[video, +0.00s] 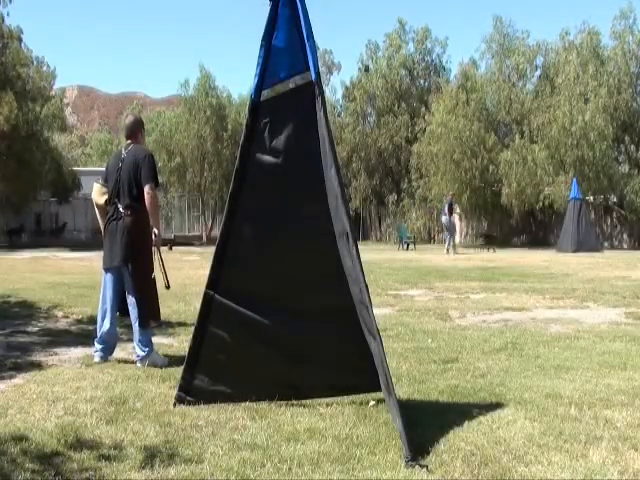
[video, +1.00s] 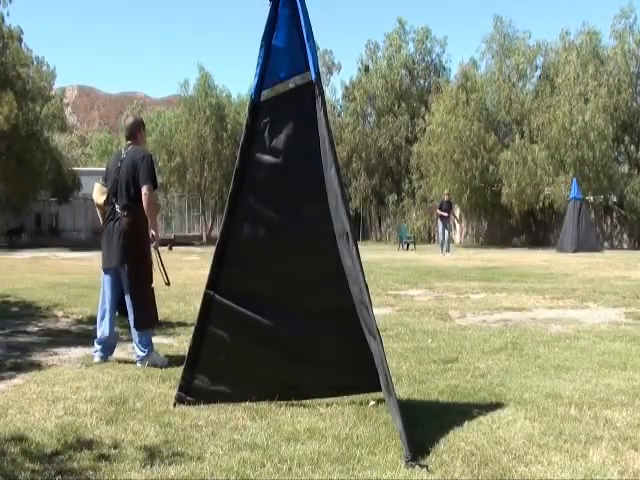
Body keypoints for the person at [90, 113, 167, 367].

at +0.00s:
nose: (145, 135)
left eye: (143, 132)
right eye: (144, 132)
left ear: (125, 135)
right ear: (140, 133)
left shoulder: (113, 160)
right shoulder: (144, 155)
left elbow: (99, 197)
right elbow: (149, 193)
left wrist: (105, 228)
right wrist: (156, 227)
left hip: (112, 230)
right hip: (134, 230)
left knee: (109, 294)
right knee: (138, 293)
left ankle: (102, 349)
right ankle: (144, 351)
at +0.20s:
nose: (145, 136)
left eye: (143, 132)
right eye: (145, 132)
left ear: (125, 134)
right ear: (141, 133)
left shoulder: (113, 160)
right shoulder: (144, 155)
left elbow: (99, 197)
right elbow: (149, 193)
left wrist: (105, 228)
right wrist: (156, 227)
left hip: (112, 230)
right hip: (134, 230)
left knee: (109, 293)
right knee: (138, 293)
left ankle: (102, 349)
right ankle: (144, 351)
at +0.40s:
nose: (145, 136)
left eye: (143, 132)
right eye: (145, 132)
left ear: (126, 135)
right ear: (141, 133)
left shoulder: (114, 160)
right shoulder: (144, 156)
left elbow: (99, 196)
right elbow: (149, 193)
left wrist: (105, 227)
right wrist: (156, 226)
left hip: (112, 230)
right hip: (134, 230)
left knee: (109, 294)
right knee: (138, 293)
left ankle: (101, 349)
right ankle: (144, 351)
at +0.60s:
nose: (146, 135)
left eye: (143, 132)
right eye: (145, 132)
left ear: (125, 134)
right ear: (141, 133)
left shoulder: (114, 159)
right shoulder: (143, 156)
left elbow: (98, 196)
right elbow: (148, 193)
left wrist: (105, 226)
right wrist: (155, 226)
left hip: (111, 229)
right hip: (133, 230)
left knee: (108, 294)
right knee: (138, 292)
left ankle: (101, 349)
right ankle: (144, 352)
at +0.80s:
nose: (145, 135)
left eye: (143, 132)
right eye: (145, 132)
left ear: (125, 134)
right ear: (141, 133)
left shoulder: (114, 159)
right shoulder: (143, 156)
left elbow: (98, 196)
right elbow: (148, 193)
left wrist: (105, 225)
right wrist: (154, 226)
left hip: (111, 230)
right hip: (133, 230)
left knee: (108, 293)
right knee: (137, 292)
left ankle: (101, 349)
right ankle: (144, 351)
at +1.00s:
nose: (146, 136)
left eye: (144, 132)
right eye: (145, 132)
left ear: (126, 134)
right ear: (140, 133)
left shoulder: (114, 158)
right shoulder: (143, 156)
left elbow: (99, 194)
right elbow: (147, 194)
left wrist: (106, 223)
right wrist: (154, 227)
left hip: (111, 228)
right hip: (133, 228)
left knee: (109, 292)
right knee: (137, 291)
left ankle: (101, 348)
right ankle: (144, 351)